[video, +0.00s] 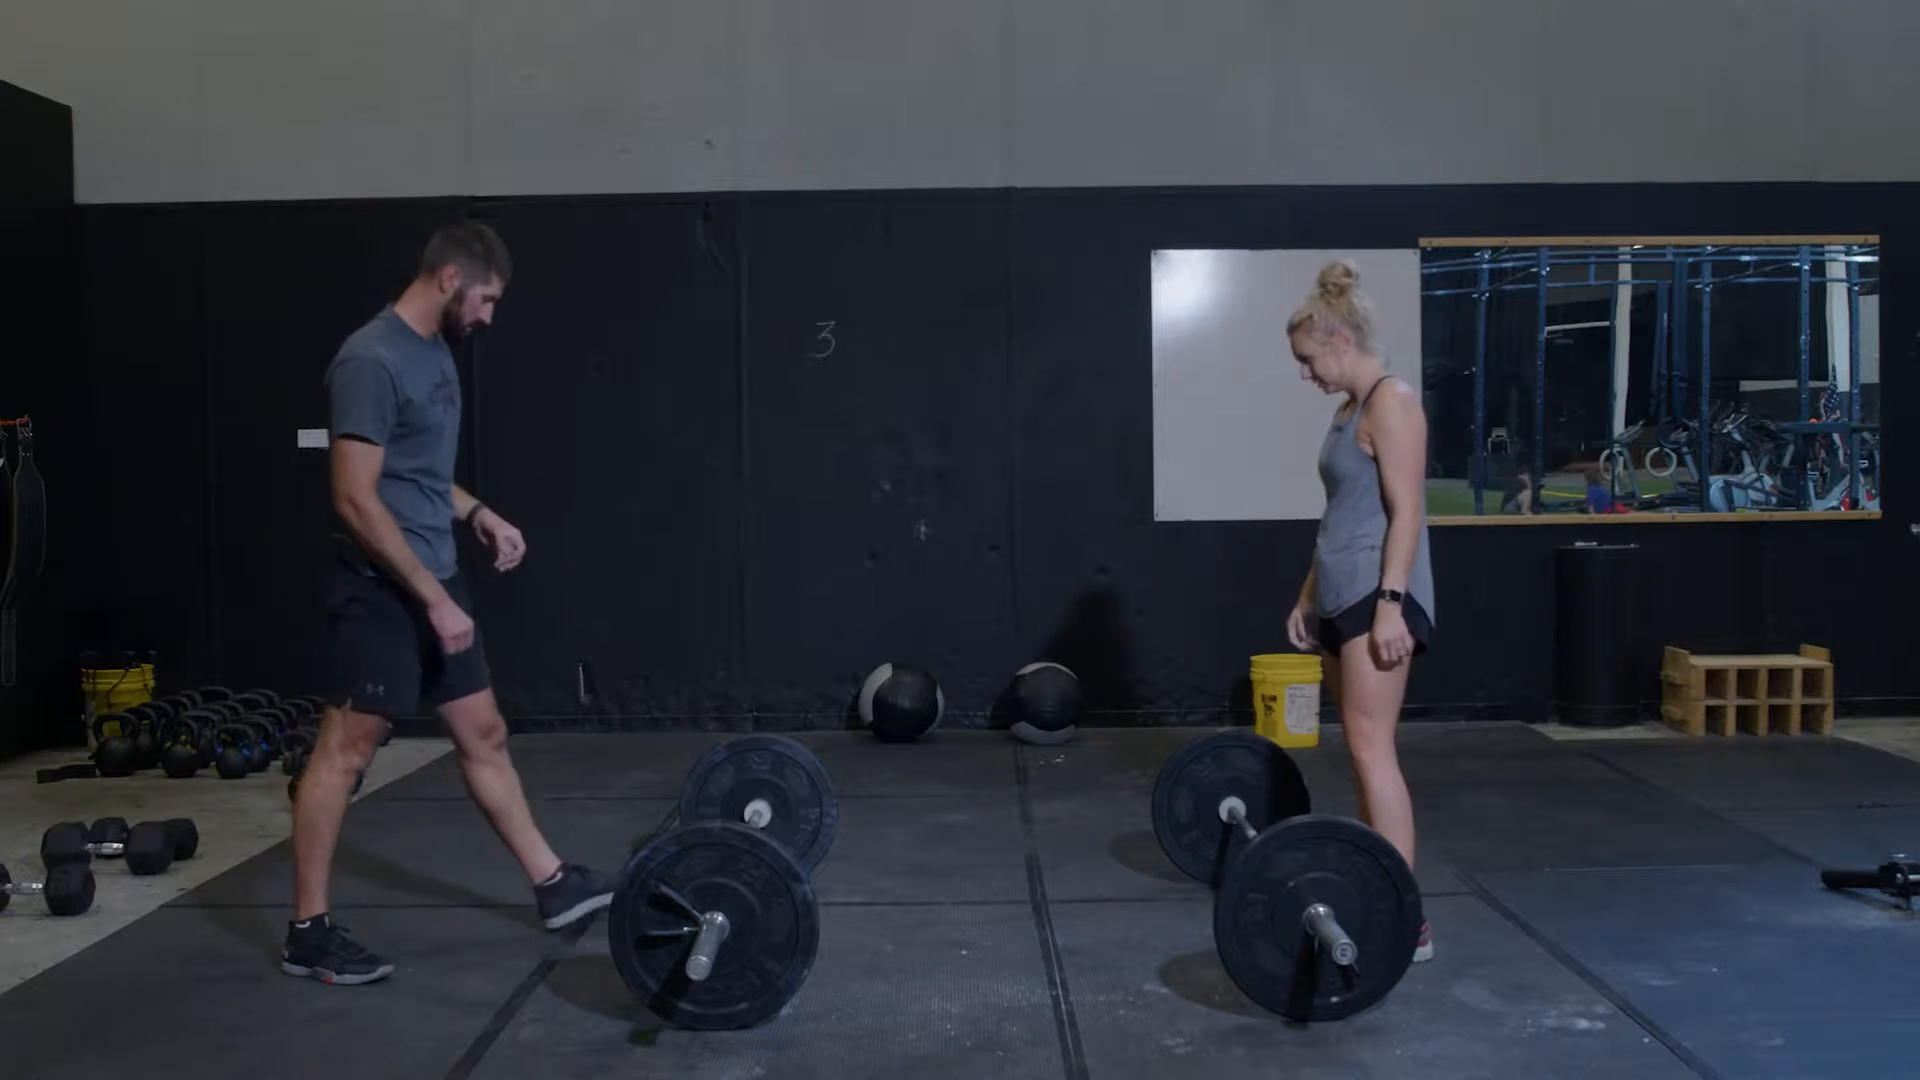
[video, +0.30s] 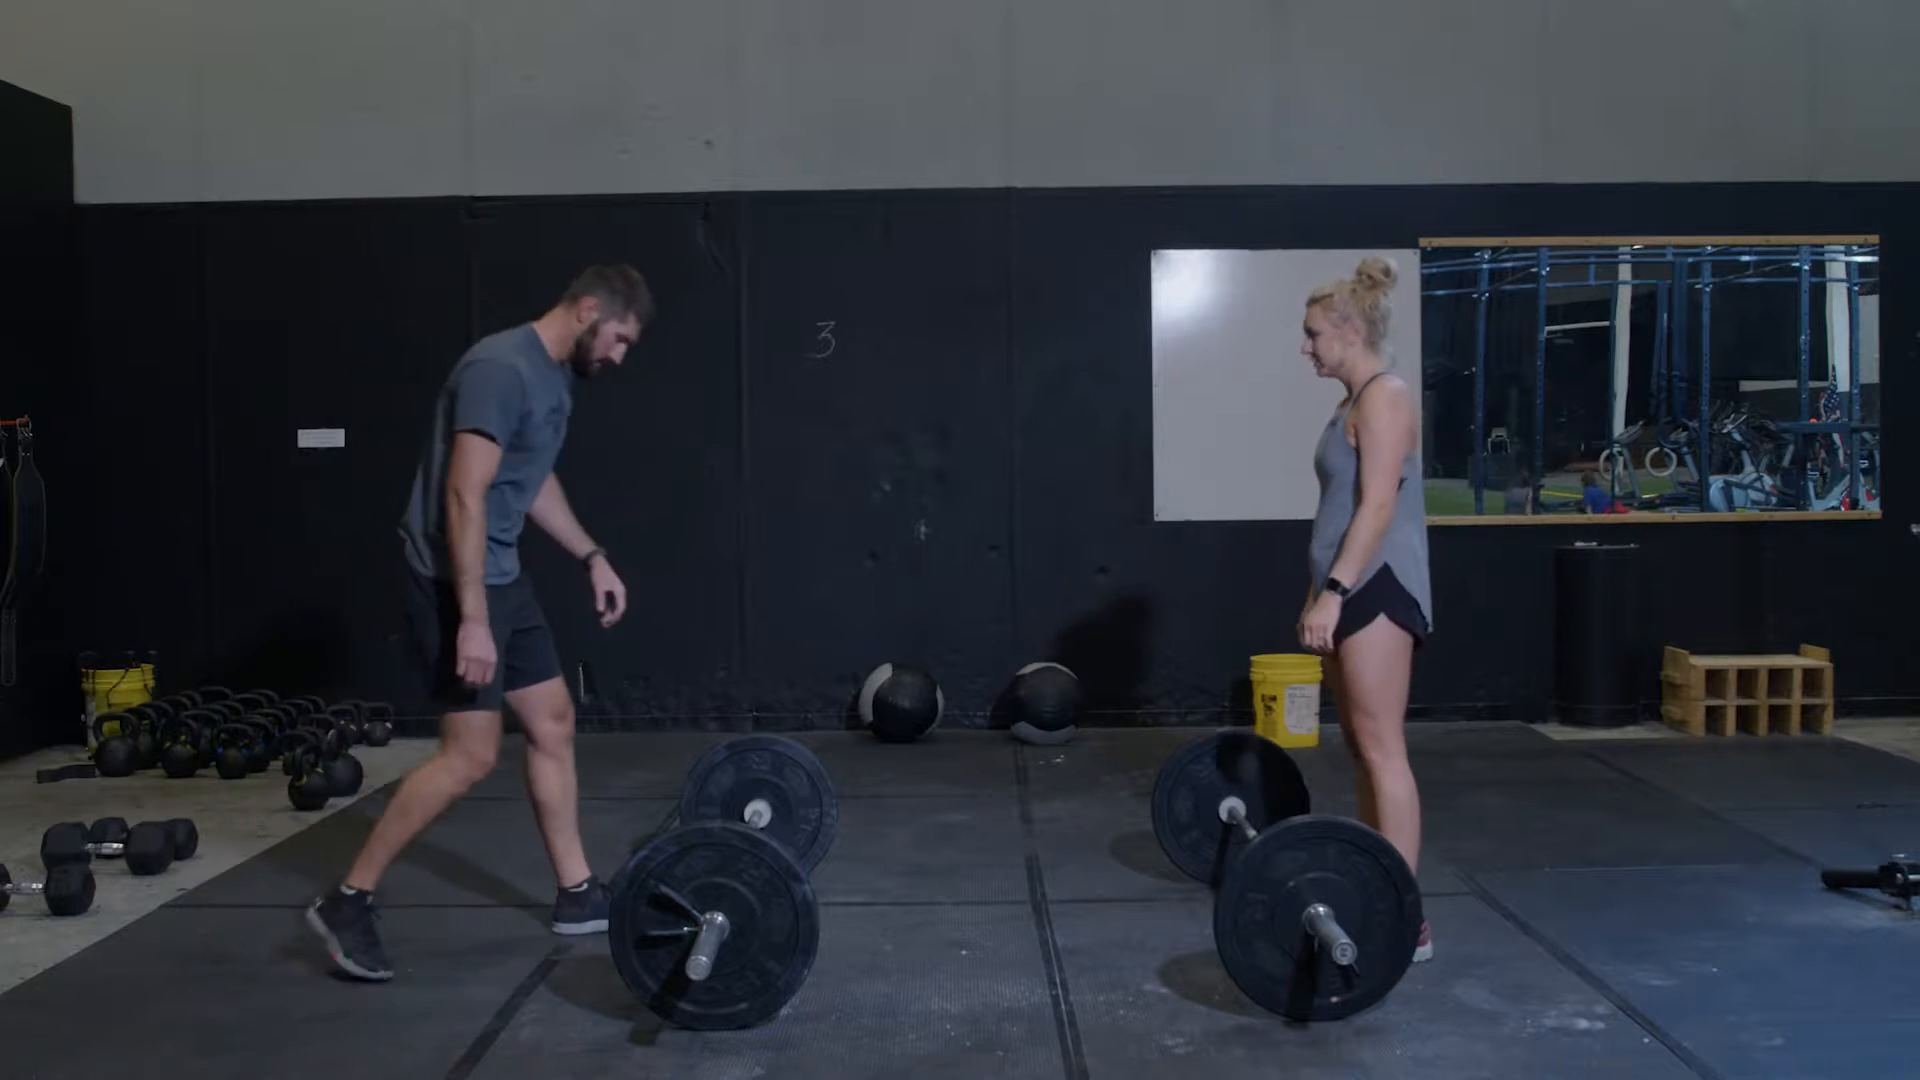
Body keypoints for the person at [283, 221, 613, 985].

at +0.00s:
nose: (488, 316)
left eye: (493, 303)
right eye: (485, 300)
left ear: (453, 285)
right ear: (448, 281)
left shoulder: (436, 355)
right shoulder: (370, 360)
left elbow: (422, 470)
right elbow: (352, 497)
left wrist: (480, 517)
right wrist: (433, 596)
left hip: (433, 579)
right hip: (374, 583)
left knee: (483, 735)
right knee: (344, 749)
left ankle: (553, 883)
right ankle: (309, 927)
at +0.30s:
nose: (618, 356)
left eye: (627, 345)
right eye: (618, 340)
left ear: (592, 317)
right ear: (586, 311)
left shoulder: (552, 378)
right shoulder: (498, 369)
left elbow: (533, 480)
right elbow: (464, 498)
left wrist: (593, 556)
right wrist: (473, 618)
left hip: (504, 575)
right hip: (451, 578)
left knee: (553, 724)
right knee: (469, 753)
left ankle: (578, 893)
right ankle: (349, 899)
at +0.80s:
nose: (745, 492)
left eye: (756, 485)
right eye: (750, 477)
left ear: (727, 444)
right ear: (729, 443)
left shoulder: (677, 468)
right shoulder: (652, 460)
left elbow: (680, 580)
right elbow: (649, 616)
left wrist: (701, 688)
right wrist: (693, 738)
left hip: (537, 575)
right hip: (489, 572)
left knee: (610, 711)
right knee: (575, 734)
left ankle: (591, 883)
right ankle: (564, 924)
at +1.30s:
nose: (780, 635)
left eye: (792, 629)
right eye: (790, 624)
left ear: (772, 583)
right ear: (775, 591)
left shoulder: (723, 590)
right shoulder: (702, 585)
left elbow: (726, 709)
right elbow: (693, 731)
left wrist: (738, 814)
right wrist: (719, 839)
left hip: (532, 605)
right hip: (497, 607)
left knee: (636, 724)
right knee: (622, 745)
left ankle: (595, 894)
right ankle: (565, 925)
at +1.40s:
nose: (781, 631)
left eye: (792, 625)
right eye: (788, 618)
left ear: (769, 580)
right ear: (770, 585)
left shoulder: (719, 590)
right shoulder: (698, 585)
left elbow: (725, 707)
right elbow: (692, 731)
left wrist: (745, 809)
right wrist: (725, 840)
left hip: (526, 608)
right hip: (491, 610)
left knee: (634, 727)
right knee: (620, 746)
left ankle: (594, 893)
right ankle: (565, 924)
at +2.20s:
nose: (799, 546)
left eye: (799, 531)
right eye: (790, 530)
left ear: (749, 531)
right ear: (748, 529)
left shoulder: (711, 590)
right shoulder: (691, 577)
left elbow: (695, 706)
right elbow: (666, 727)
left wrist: (675, 816)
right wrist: (656, 843)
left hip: (537, 638)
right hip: (490, 640)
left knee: (666, 729)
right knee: (635, 751)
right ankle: (579, 897)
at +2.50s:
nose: (790, 520)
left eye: (788, 505)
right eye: (780, 504)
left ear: (738, 506)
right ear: (736, 504)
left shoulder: (700, 567)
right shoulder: (679, 557)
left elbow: (684, 685)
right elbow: (652, 708)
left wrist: (675, 792)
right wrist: (655, 818)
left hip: (529, 620)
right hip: (485, 618)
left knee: (644, 721)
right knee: (616, 745)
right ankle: (575, 889)